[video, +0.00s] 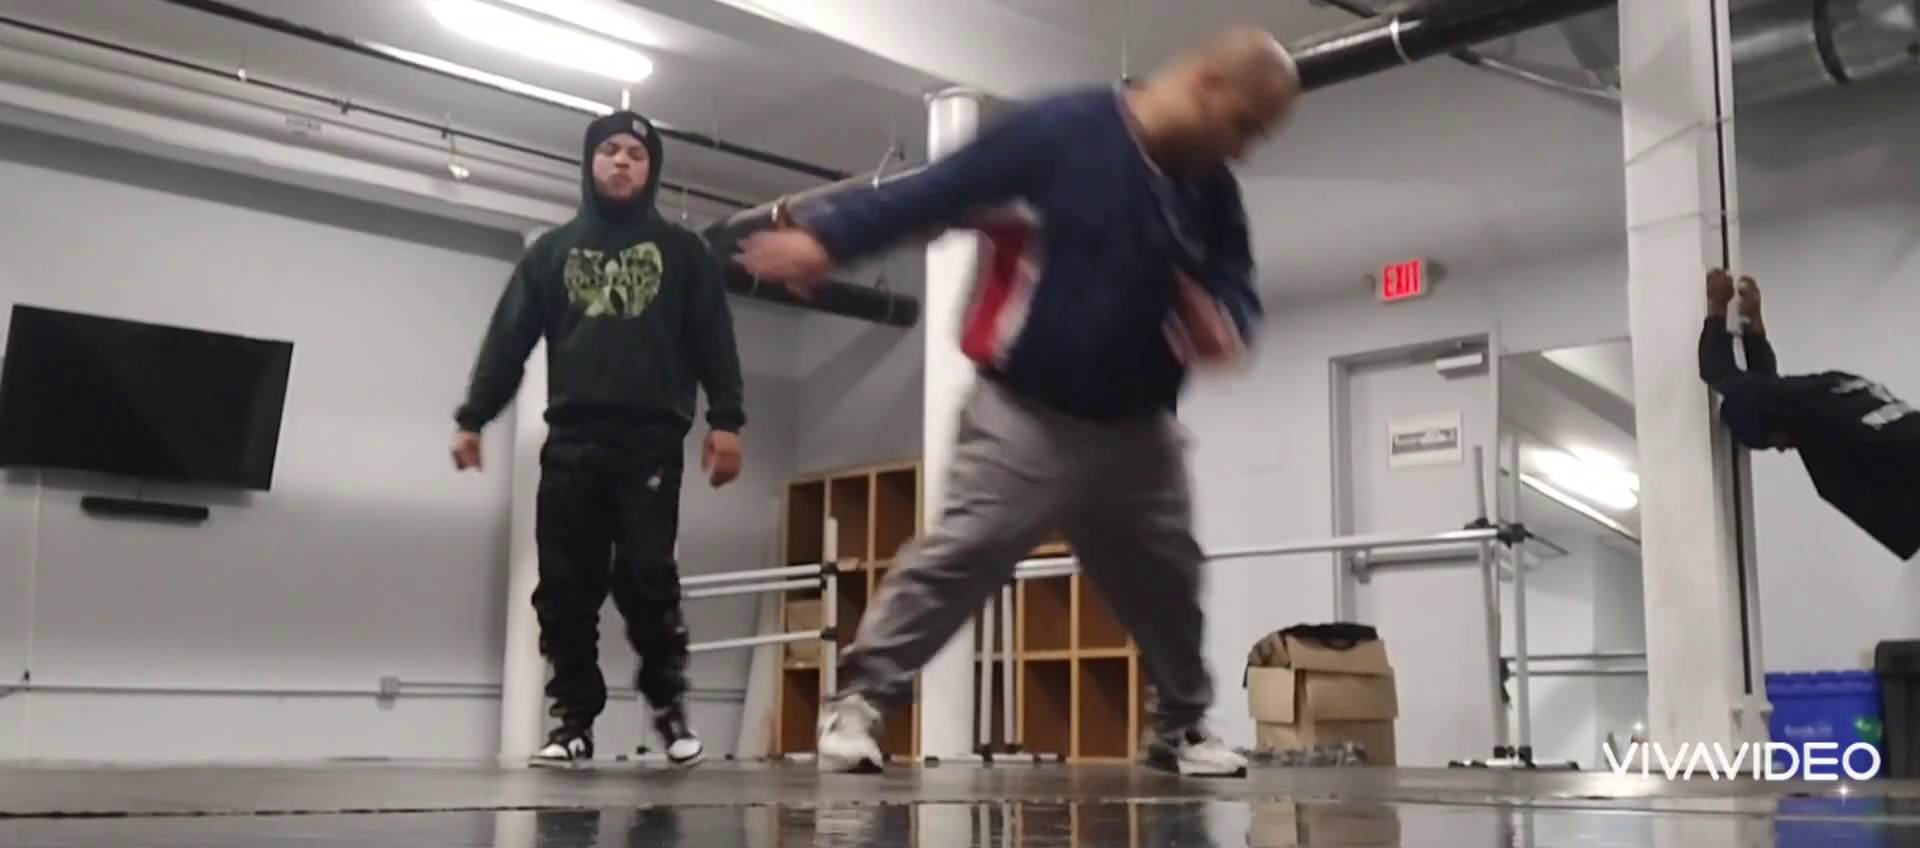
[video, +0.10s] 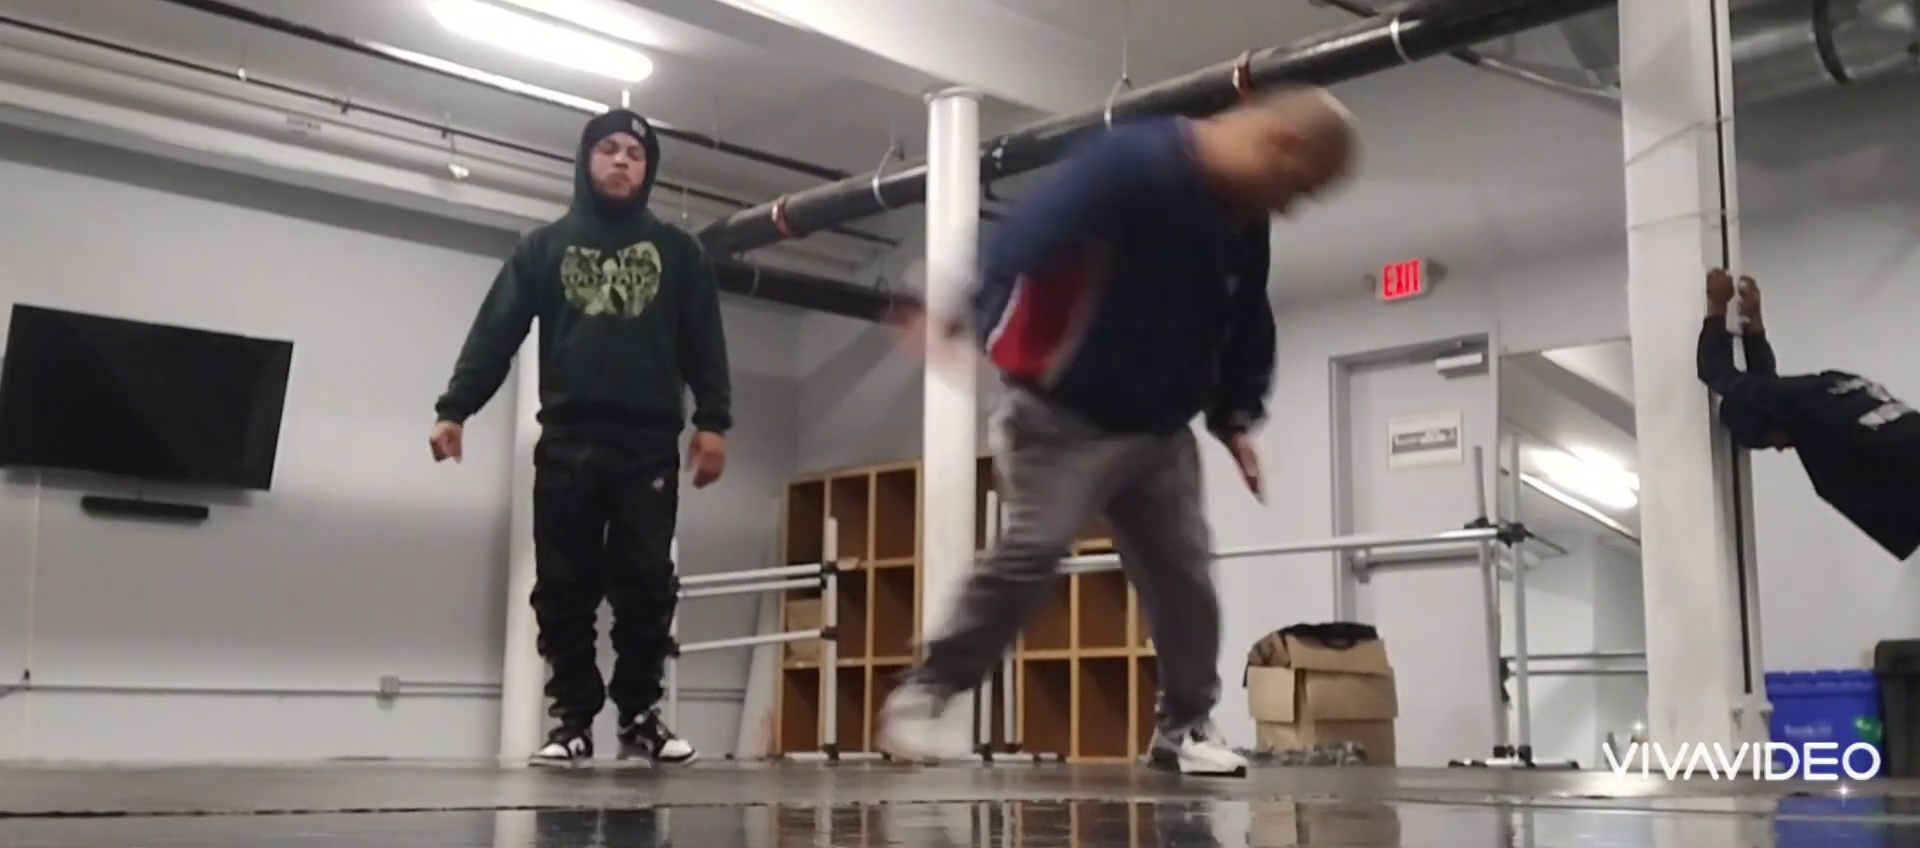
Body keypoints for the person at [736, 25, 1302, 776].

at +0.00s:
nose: (1243, 146)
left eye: (1255, 135)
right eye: (1244, 124)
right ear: (1203, 81)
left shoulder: (1209, 187)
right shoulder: (1066, 129)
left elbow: (1237, 290)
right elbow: (937, 189)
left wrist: (1224, 322)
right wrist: (824, 237)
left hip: (1134, 428)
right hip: (1024, 413)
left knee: (1169, 580)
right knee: (965, 550)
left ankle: (1181, 730)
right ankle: (858, 705)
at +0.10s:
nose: (1289, 203)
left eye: (1301, 193)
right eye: (1294, 184)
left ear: (1282, 150)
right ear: (1272, 137)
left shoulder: (1241, 207)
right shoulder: (1135, 160)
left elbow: (1245, 315)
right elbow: (1030, 226)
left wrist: (1235, 419)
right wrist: (968, 309)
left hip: (1156, 428)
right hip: (1060, 416)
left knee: (1186, 583)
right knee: (1035, 552)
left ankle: (1185, 729)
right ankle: (923, 698)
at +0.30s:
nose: (1379, 349)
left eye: (1391, 341)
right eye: (1391, 339)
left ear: (1373, 264)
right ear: (1385, 314)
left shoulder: (1270, 234)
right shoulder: (1279, 334)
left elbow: (1167, 206)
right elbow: (1250, 494)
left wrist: (1157, 177)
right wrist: (1298, 624)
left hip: (1038, 376)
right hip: (1075, 431)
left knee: (1067, 567)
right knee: (1094, 588)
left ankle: (1046, 699)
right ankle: (1024, 731)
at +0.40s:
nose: (1430, 444)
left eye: (1439, 428)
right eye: (1438, 436)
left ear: (1410, 357)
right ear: (1424, 427)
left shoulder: (1329, 318)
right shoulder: (1342, 443)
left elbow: (1298, 253)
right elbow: (1351, 584)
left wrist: (1315, 207)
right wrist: (1403, 701)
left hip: (1051, 364)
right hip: (1086, 457)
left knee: (977, 478)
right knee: (1107, 599)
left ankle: (884, 541)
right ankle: (1033, 729)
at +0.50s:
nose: (1444, 553)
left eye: (1453, 544)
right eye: (1456, 545)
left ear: (1447, 461)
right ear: (1447, 521)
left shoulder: (1379, 400)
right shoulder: (1372, 511)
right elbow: (1374, 638)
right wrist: (1425, 758)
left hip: (1147, 310)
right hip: (1131, 399)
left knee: (968, 352)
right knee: (1044, 563)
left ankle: (800, 329)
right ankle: (1009, 723)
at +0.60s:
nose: (1421, 620)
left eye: (1430, 619)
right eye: (1437, 623)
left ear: (1435, 566)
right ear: (1450, 582)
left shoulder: (1375, 490)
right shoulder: (1420, 522)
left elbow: (1291, 572)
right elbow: (1387, 638)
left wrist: (1259, 676)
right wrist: (1424, 754)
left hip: (1213, 323)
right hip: (1210, 396)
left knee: (1032, 280)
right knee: (1036, 515)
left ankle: (921, 150)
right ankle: (881, 582)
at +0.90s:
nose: (1318, 735)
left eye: (1315, 731)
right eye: (1317, 731)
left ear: (1255, 674)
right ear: (1346, 654)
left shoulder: (1214, 655)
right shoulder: (1383, 610)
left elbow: (1223, 758)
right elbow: (1430, 745)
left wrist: (1250, 767)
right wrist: (1415, 766)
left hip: (1180, 434)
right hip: (1319, 412)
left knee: (1058, 348)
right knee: (1460, 361)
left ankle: (934, 292)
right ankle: (1626, 336)